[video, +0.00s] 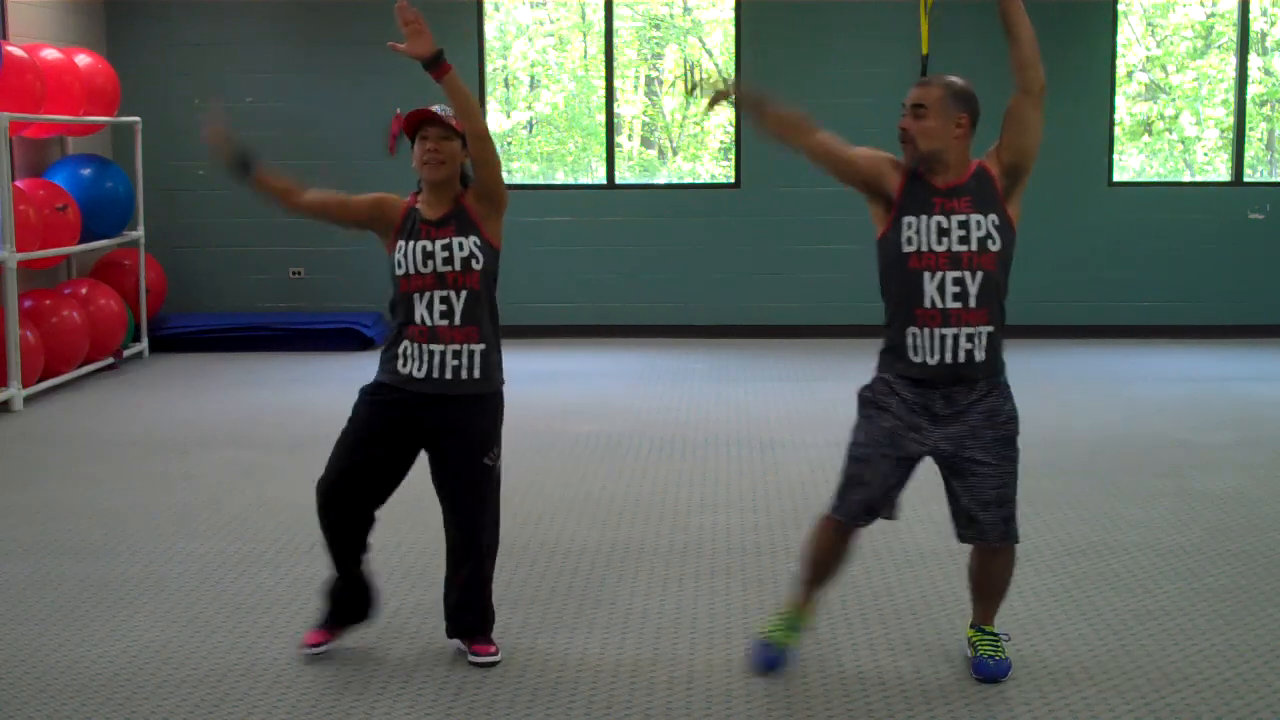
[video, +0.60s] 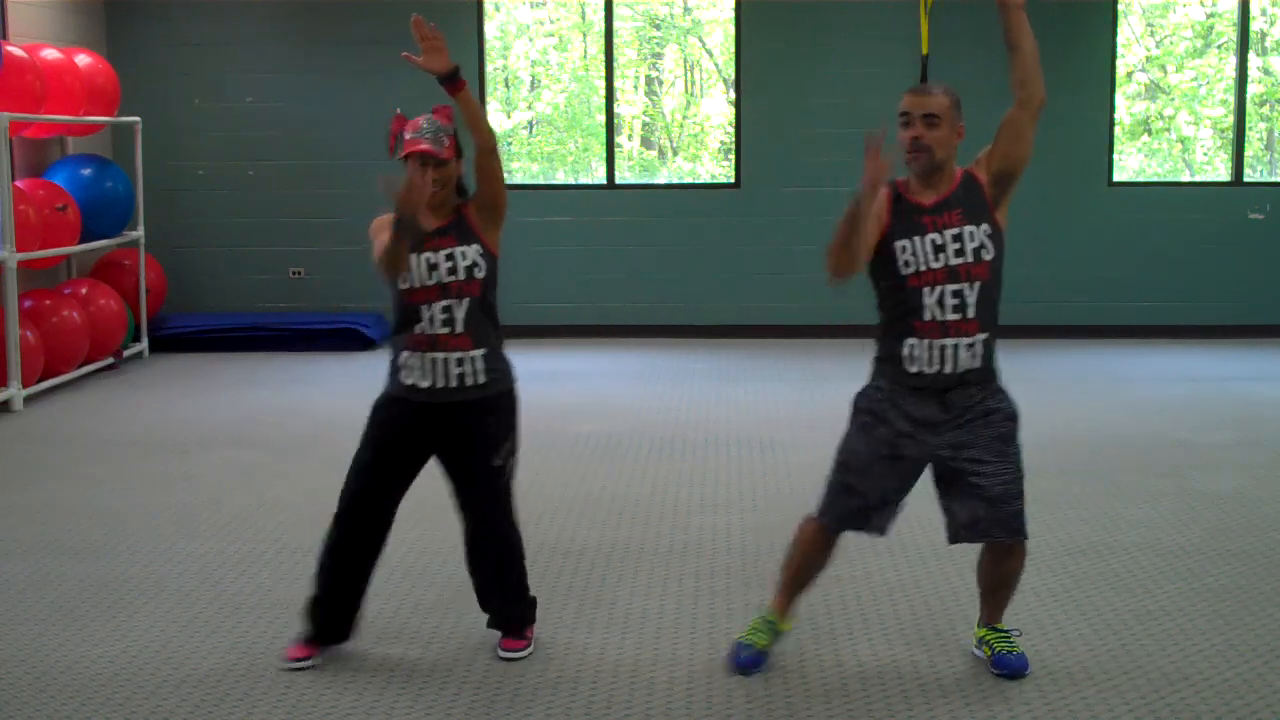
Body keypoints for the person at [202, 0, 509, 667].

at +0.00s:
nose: (434, 149)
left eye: (445, 140)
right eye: (424, 142)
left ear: (463, 155)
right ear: (411, 156)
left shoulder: (482, 210)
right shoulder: (393, 213)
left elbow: (478, 134)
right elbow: (304, 199)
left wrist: (437, 62)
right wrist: (240, 163)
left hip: (470, 397)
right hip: (398, 391)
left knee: (474, 521)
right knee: (339, 495)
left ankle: (472, 628)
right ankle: (350, 602)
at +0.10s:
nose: (421, 154)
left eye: (433, 146)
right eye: (413, 146)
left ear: (454, 160)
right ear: (400, 159)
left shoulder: (472, 215)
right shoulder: (380, 224)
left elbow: (471, 139)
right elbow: (296, 252)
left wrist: (429, 64)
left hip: (468, 402)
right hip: (395, 401)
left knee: (477, 520)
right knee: (344, 516)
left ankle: (474, 627)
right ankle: (292, 627)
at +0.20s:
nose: (407, 167)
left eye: (419, 159)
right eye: (399, 158)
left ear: (441, 170)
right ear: (387, 167)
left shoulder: (459, 224)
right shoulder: (362, 238)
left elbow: (456, 145)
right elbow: (302, 302)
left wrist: (422, 76)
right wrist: (242, 353)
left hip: (455, 411)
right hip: (381, 412)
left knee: (476, 526)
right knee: (342, 526)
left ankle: (475, 627)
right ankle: (291, 631)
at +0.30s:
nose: (395, 170)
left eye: (407, 160)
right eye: (387, 160)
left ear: (428, 170)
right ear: (376, 169)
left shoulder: (447, 228)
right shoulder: (351, 240)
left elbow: (451, 152)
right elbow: (323, 321)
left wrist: (419, 82)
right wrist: (297, 389)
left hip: (441, 412)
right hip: (366, 413)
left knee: (477, 522)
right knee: (329, 526)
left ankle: (485, 623)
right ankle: (291, 632)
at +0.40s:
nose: (396, 175)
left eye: (408, 165)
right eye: (388, 165)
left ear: (430, 173)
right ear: (377, 172)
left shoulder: (450, 230)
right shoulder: (353, 241)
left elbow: (455, 155)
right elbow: (339, 326)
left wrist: (424, 85)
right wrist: (341, 388)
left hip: (436, 414)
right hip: (365, 410)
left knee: (463, 521)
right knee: (326, 524)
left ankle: (510, 608)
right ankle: (291, 630)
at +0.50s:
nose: (408, 180)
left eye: (419, 169)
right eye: (399, 169)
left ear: (441, 174)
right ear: (389, 174)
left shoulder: (464, 230)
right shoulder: (370, 240)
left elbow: (470, 155)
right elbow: (362, 308)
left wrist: (437, 83)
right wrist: (376, 316)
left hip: (449, 411)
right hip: (379, 409)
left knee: (463, 526)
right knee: (336, 523)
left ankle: (514, 616)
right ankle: (293, 632)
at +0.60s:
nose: (427, 174)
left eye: (436, 163)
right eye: (418, 163)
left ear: (456, 170)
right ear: (403, 171)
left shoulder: (481, 220)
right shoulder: (387, 226)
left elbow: (487, 148)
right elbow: (389, 269)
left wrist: (452, 80)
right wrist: (407, 223)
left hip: (479, 399)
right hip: (407, 399)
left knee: (490, 518)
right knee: (360, 512)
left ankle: (515, 621)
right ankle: (323, 631)